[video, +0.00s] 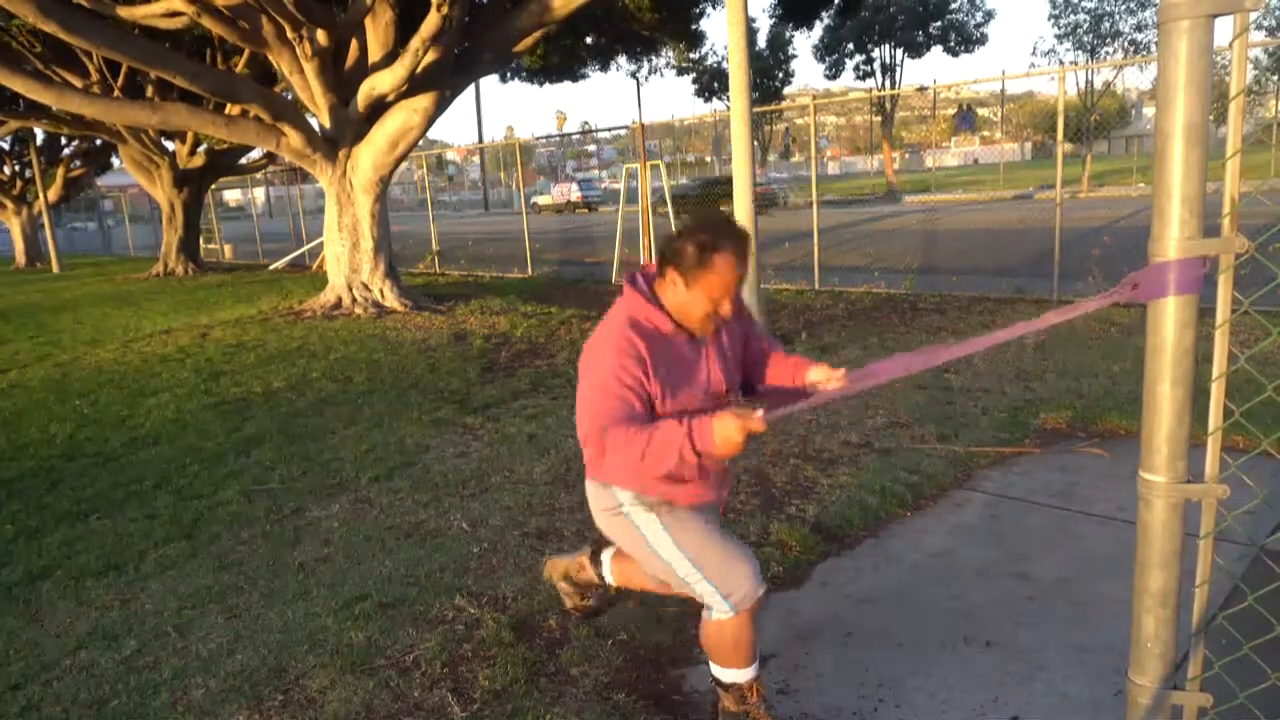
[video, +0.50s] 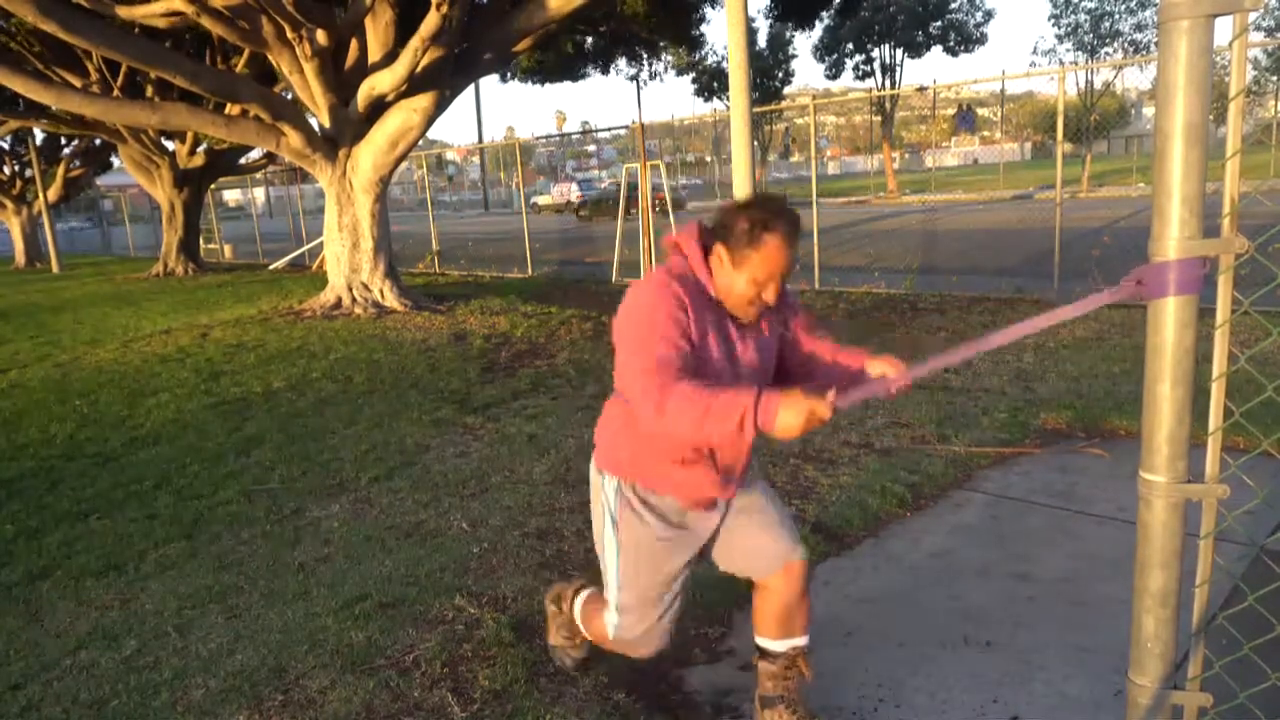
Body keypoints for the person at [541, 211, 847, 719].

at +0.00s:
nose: (728, 311)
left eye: (732, 298)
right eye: (716, 300)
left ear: (736, 284)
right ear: (671, 281)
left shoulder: (722, 314)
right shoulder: (619, 341)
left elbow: (757, 361)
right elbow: (610, 447)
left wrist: (807, 375)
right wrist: (703, 436)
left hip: (693, 482)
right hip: (630, 494)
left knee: (693, 575)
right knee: (735, 585)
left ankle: (586, 571)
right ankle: (739, 703)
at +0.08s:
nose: (720, 264)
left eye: (727, 250)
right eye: (709, 252)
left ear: (733, 237)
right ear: (666, 234)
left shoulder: (725, 276)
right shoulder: (612, 293)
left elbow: (760, 327)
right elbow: (612, 402)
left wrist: (820, 344)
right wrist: (705, 399)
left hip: (705, 451)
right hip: (636, 462)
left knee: (705, 551)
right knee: (731, 582)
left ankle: (605, 566)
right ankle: (741, 701)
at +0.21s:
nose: (726, 216)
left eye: (734, 201)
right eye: (716, 203)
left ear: (741, 189)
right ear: (674, 179)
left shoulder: (733, 225)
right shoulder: (616, 230)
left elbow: (773, 279)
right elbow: (624, 327)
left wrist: (836, 305)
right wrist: (726, 334)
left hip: (703, 407)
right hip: (627, 414)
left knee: (731, 519)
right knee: (677, 546)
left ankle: (715, 634)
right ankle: (703, 686)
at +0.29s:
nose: (733, 211)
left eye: (742, 197)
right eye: (724, 197)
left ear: (749, 185)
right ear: (684, 172)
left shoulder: (737, 218)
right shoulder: (625, 220)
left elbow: (776, 270)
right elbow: (639, 311)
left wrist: (845, 284)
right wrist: (751, 314)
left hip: (704, 401)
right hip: (624, 406)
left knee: (736, 531)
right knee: (670, 545)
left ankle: (756, 668)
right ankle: (641, 658)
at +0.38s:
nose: (743, 233)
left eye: (752, 220)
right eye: (732, 220)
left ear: (760, 206)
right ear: (691, 197)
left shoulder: (747, 247)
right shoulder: (634, 240)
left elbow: (797, 290)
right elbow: (653, 325)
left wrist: (861, 300)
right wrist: (764, 330)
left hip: (713, 434)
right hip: (636, 440)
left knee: (761, 555)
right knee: (654, 597)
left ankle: (776, 691)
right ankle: (588, 603)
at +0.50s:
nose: (772, 297)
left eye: (780, 283)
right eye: (760, 284)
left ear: (788, 269)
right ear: (719, 262)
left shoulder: (771, 305)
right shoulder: (655, 302)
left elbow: (804, 355)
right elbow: (660, 403)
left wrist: (863, 368)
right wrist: (761, 410)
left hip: (725, 476)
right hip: (643, 483)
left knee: (785, 566)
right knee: (639, 637)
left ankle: (779, 699)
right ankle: (571, 608)